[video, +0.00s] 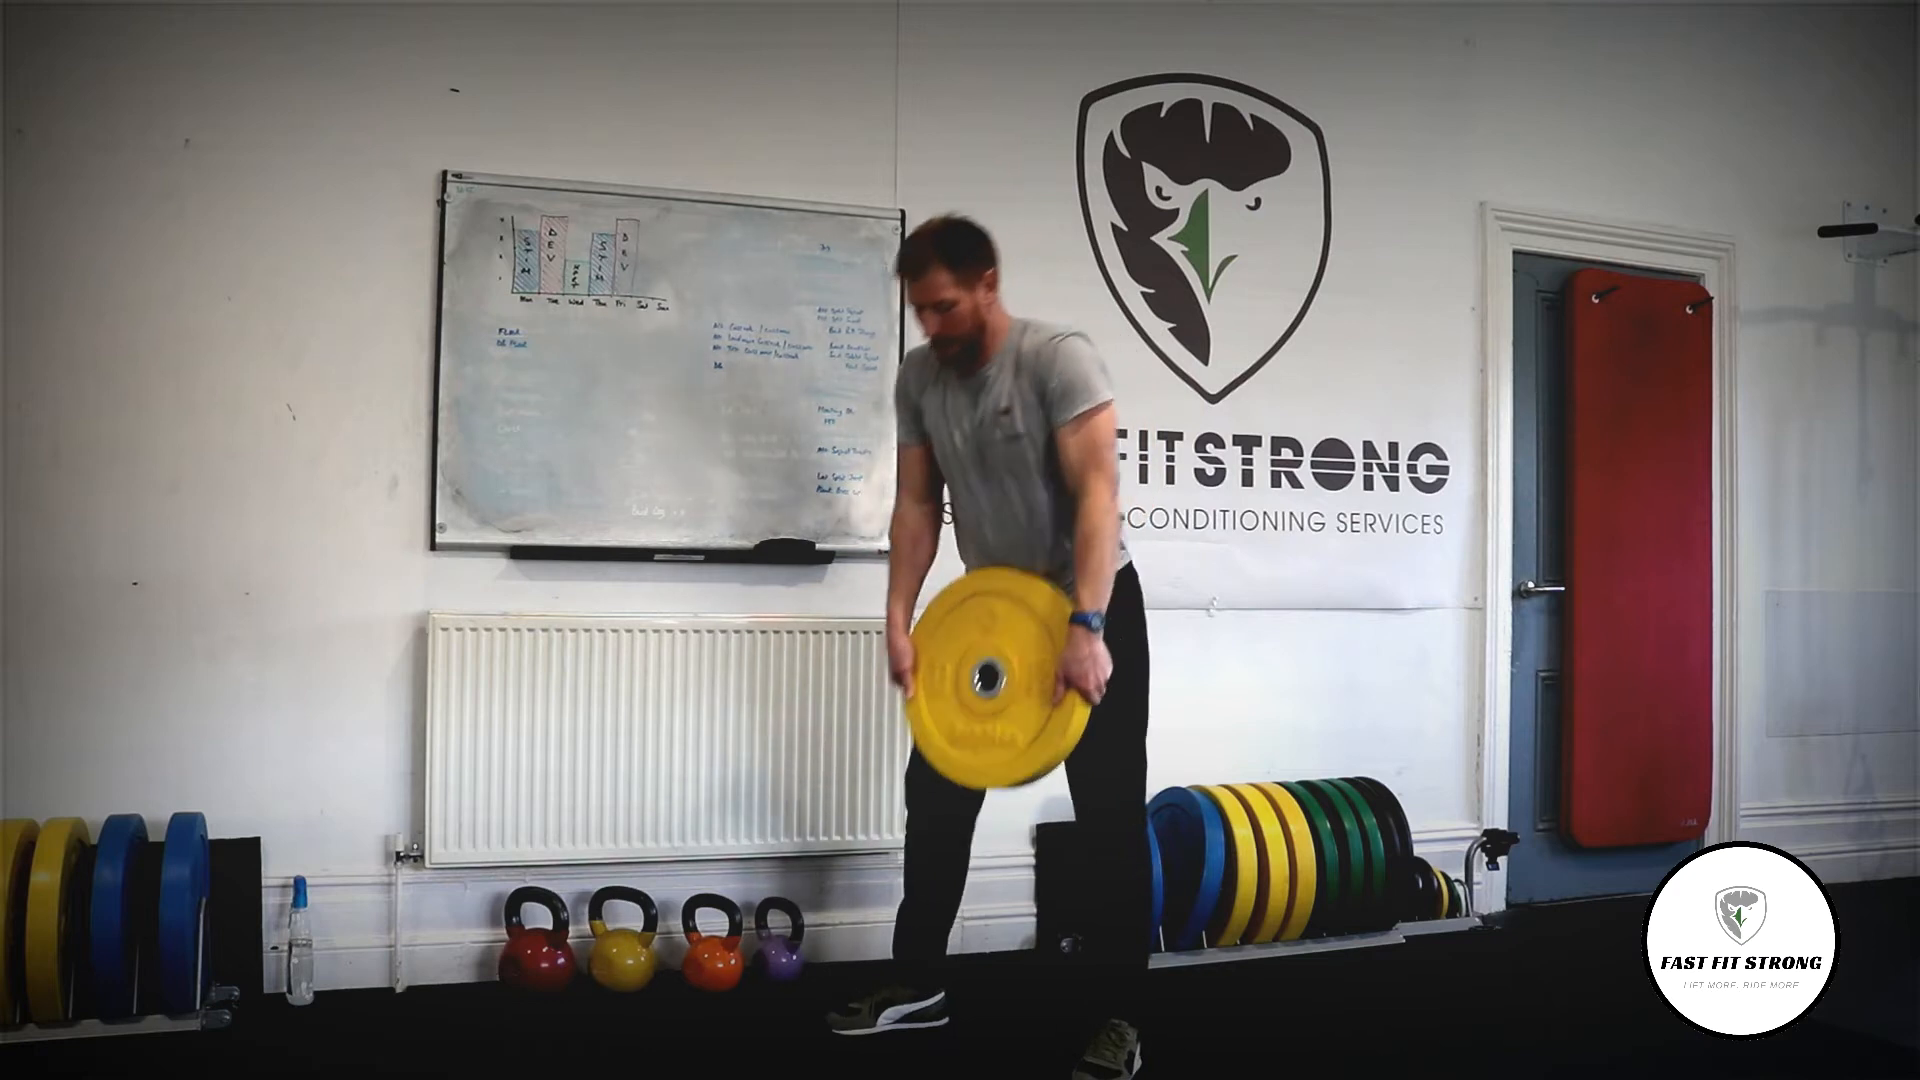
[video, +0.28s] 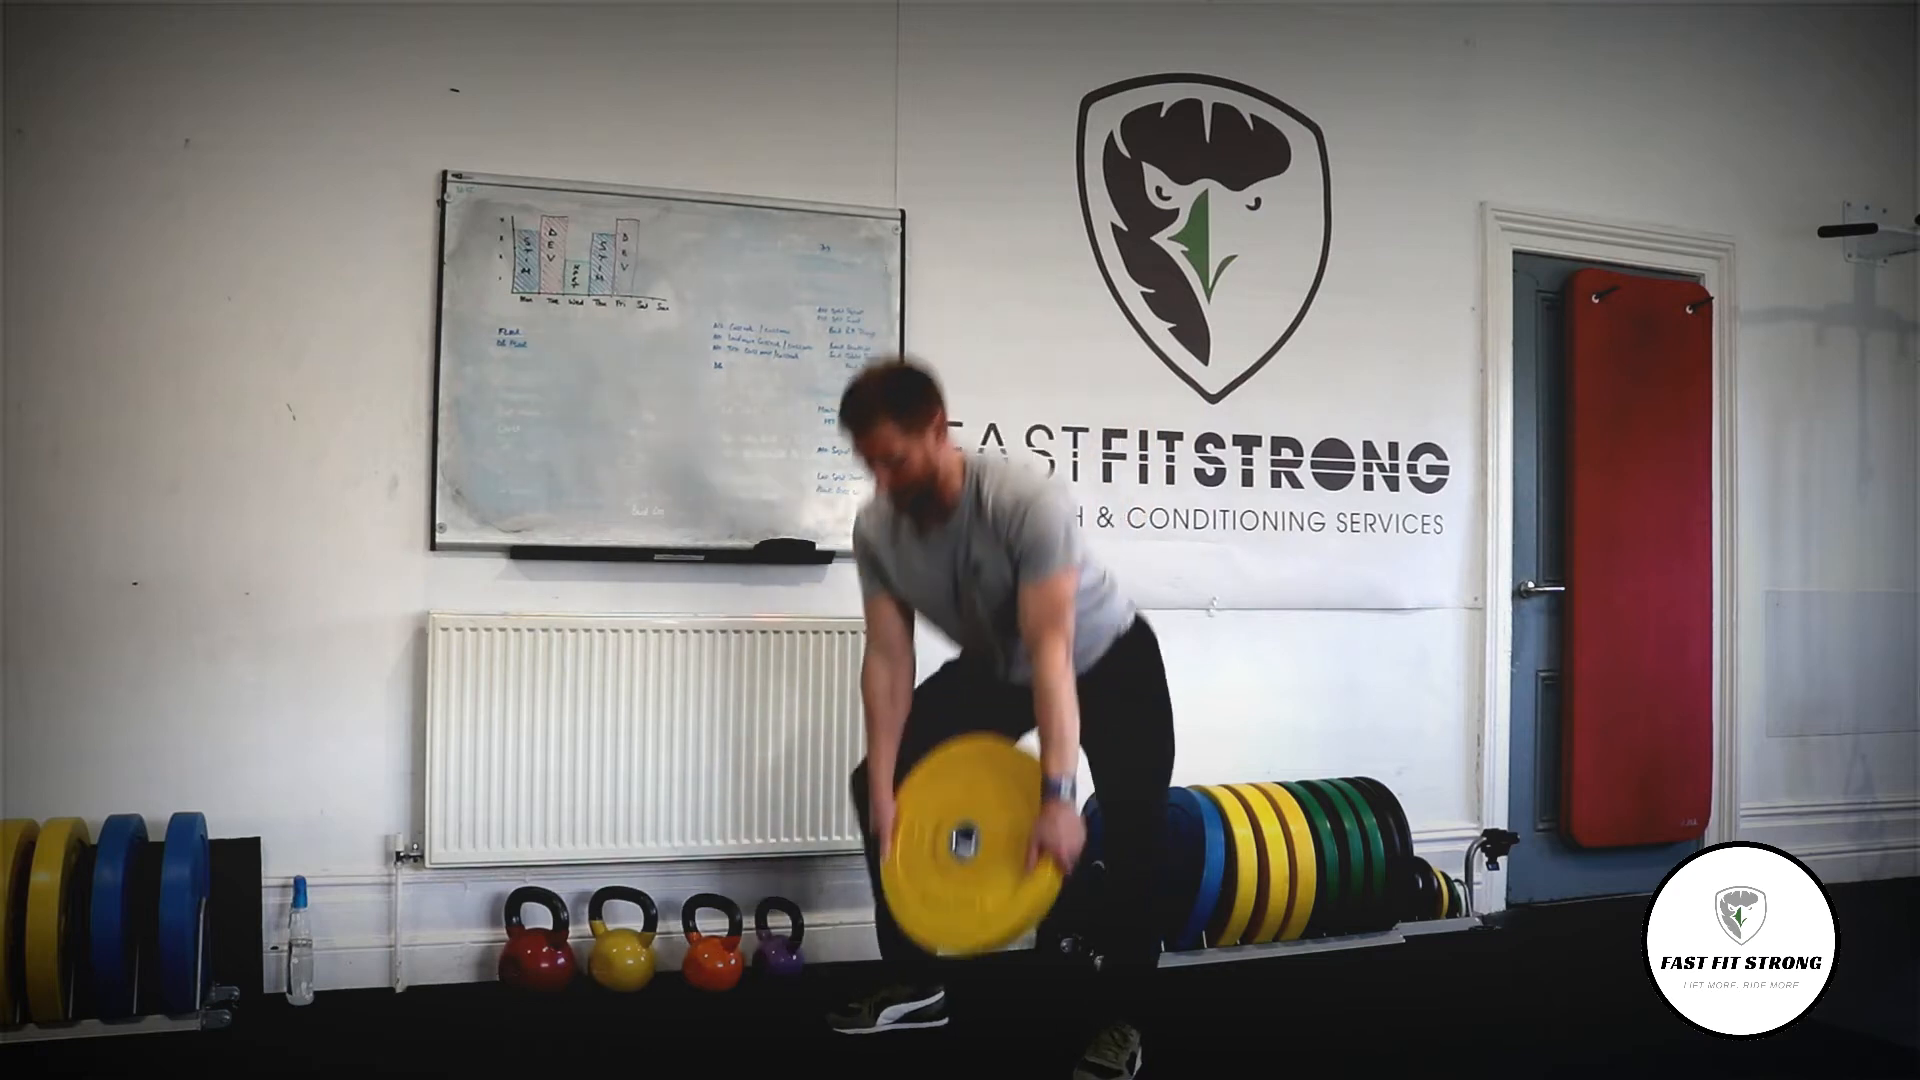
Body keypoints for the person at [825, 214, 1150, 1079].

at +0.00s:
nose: (928, 325)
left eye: (941, 307)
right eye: (918, 309)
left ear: (987, 286)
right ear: (912, 302)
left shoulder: (1058, 358)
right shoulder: (920, 377)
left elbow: (1100, 492)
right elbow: (918, 505)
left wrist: (1088, 624)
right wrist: (898, 616)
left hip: (1089, 603)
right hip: (993, 608)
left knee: (1107, 806)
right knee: (936, 787)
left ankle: (1118, 1014)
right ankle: (917, 982)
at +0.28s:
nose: (884, 477)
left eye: (894, 458)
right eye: (872, 463)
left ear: (939, 429)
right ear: (860, 455)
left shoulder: (1030, 499)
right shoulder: (877, 530)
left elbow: (1051, 647)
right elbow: (887, 660)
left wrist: (1059, 793)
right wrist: (883, 785)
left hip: (1103, 657)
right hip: (995, 668)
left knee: (1131, 823)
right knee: (876, 780)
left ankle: (1117, 1020)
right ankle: (915, 982)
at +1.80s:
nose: (1000, 205)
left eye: (1019, 201)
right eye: (992, 200)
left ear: (1049, 239)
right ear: (975, 229)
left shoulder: (1065, 311)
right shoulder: (948, 307)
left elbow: (1099, 170)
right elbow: (957, 186)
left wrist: (1136, 59)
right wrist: (979, 79)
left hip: (1026, 593)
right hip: (926, 593)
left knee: (1062, 810)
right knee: (923, 808)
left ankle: (1097, 1014)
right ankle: (922, 993)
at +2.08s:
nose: (1017, 211)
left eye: (1035, 207)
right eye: (1007, 206)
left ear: (1062, 243)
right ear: (990, 235)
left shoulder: (1076, 312)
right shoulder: (957, 302)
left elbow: (1110, 171)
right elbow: (964, 179)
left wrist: (1149, 65)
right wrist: (987, 79)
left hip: (1029, 594)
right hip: (929, 593)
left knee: (1062, 807)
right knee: (921, 807)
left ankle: (1099, 1013)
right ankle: (922, 991)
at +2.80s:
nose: (1057, 267)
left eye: (1080, 260)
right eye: (1056, 254)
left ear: (1111, 297)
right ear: (1038, 282)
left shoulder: (1123, 375)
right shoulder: (989, 360)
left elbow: (1146, 493)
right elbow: (933, 489)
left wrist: (1097, 379)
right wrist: (921, 377)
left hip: (1050, 596)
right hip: (951, 597)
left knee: (1070, 805)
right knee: (917, 802)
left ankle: (1102, 1012)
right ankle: (922, 992)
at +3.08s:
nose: (1018, 262)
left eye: (1036, 248)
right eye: (1015, 249)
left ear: (1083, 261)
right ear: (1014, 260)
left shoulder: (1116, 343)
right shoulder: (991, 353)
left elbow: (1162, 465)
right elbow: (952, 458)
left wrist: (1077, 435)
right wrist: (882, 421)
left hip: (1064, 597)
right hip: (967, 598)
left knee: (1080, 804)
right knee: (928, 795)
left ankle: (1107, 1012)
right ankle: (924, 989)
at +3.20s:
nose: (1003, 272)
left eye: (1019, 254)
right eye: (996, 258)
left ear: (1068, 256)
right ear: (993, 264)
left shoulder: (1106, 338)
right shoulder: (979, 349)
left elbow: (1148, 457)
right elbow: (936, 455)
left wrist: (1063, 488)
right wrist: (877, 495)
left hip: (1074, 599)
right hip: (980, 601)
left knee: (1088, 802)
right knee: (937, 795)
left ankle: (1108, 1014)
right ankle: (923, 990)